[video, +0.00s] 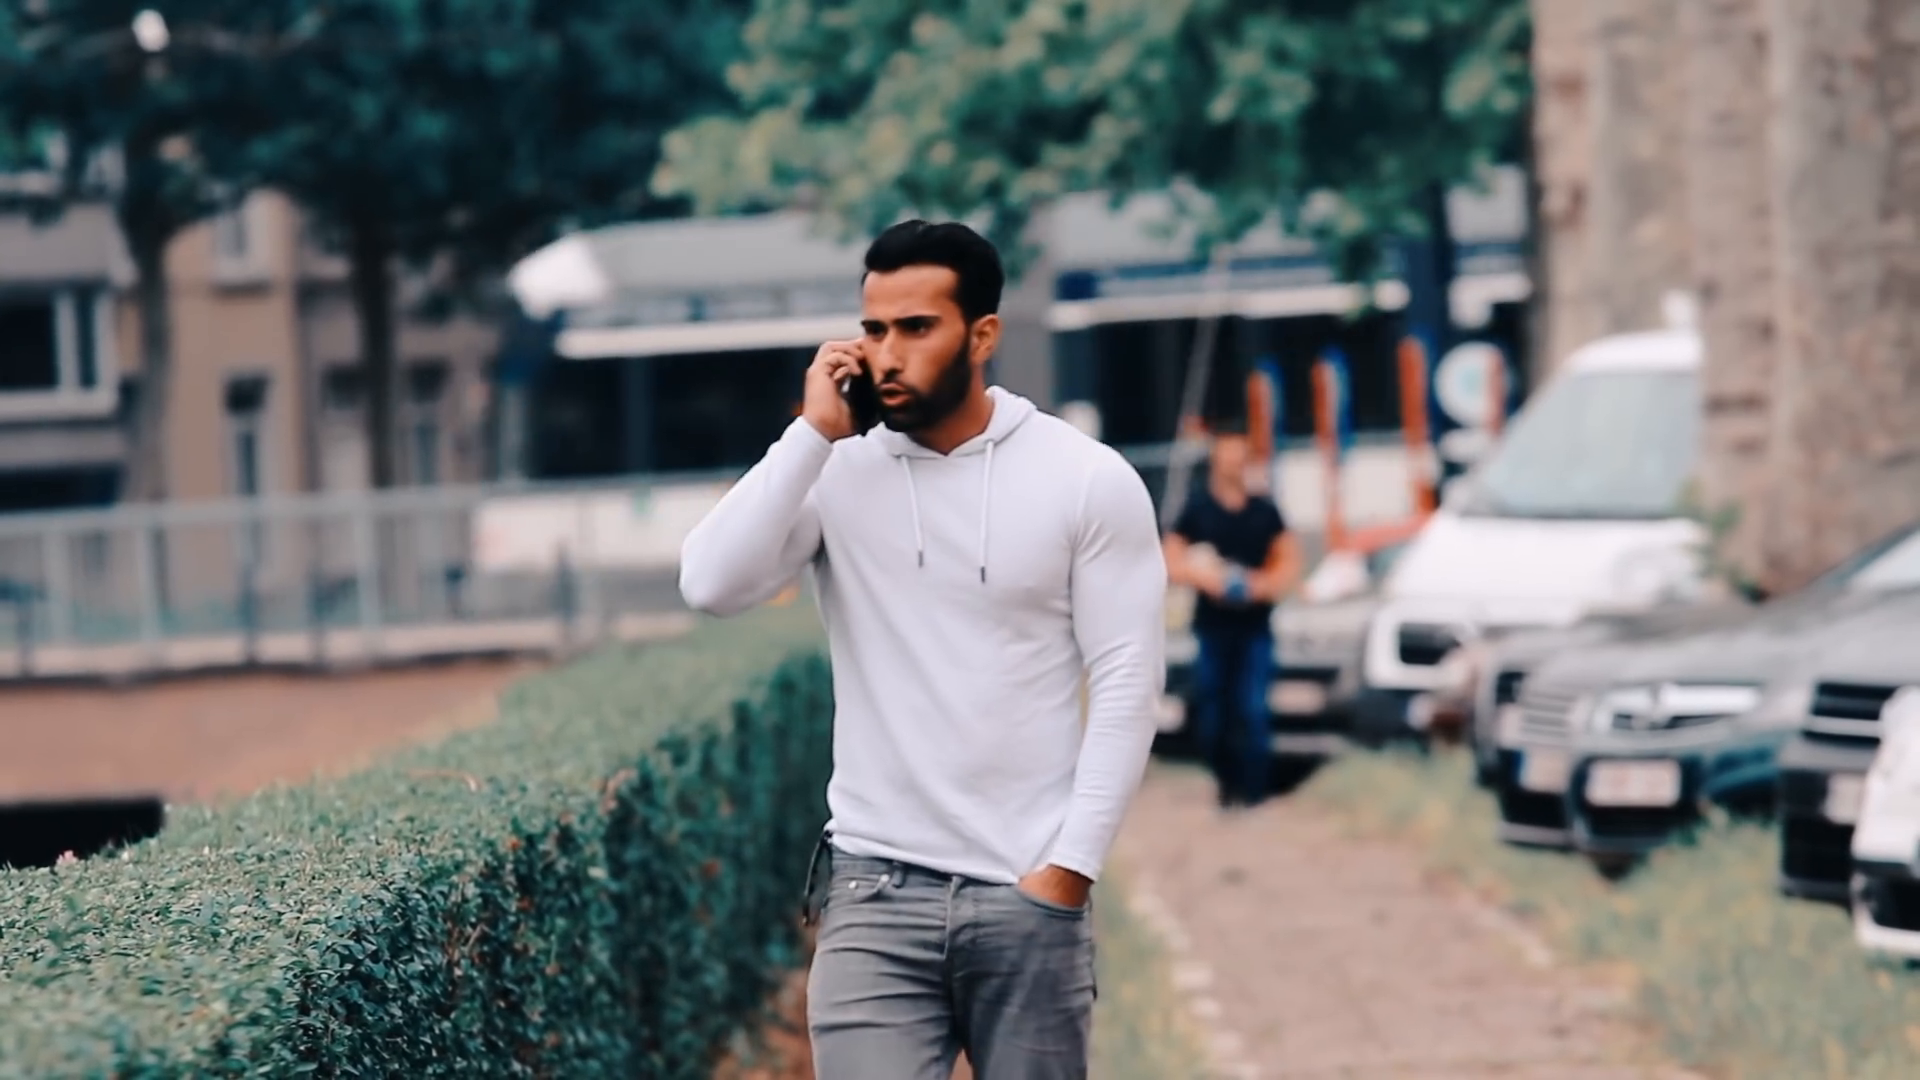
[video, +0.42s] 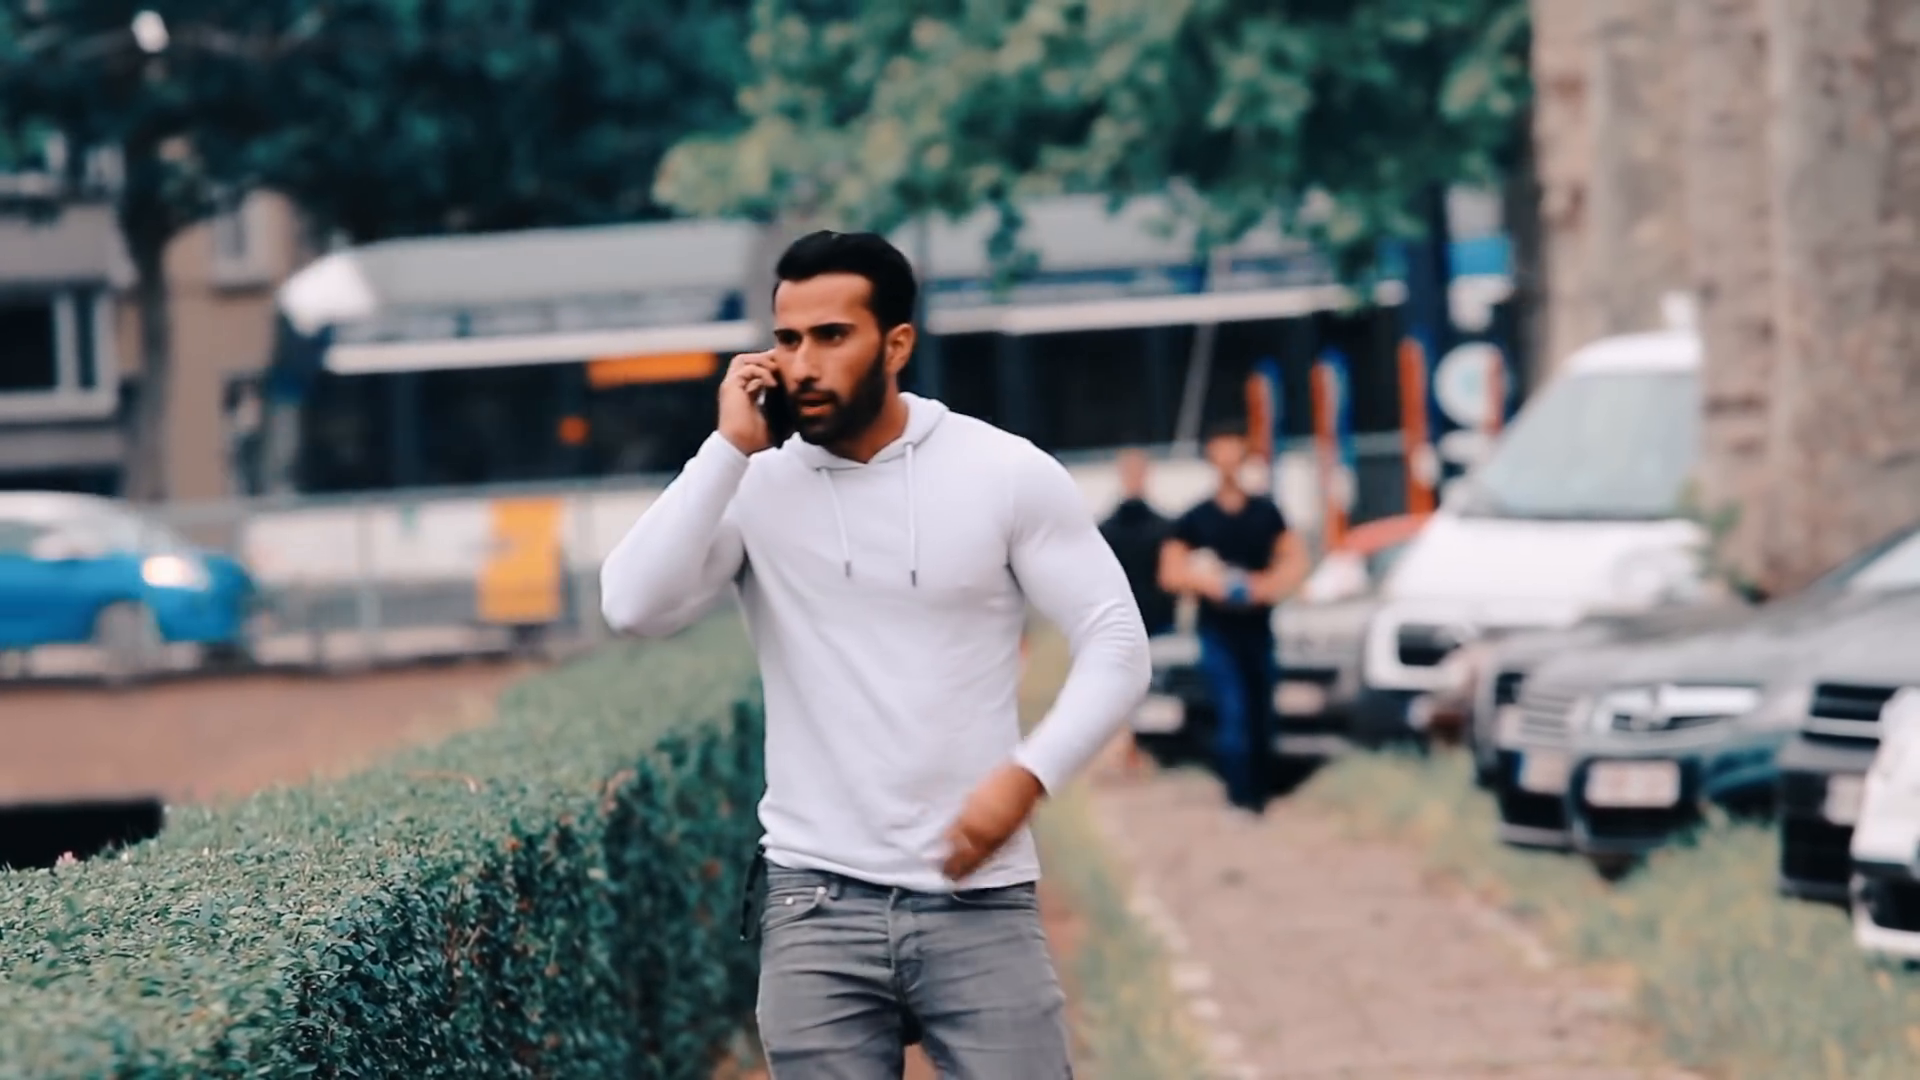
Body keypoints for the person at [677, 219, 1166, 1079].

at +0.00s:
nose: (888, 356)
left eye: (916, 329)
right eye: (875, 330)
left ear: (984, 334)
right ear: (857, 332)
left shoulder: (1088, 481)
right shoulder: (830, 470)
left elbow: (1127, 687)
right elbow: (709, 585)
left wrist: (1068, 869)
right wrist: (813, 433)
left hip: (1026, 905)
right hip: (871, 895)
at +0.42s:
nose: (801, 365)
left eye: (830, 336)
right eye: (787, 339)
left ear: (897, 346)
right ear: (770, 350)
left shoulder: (1008, 475)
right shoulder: (752, 487)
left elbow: (1118, 647)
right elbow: (630, 605)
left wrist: (1026, 778)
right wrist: (729, 448)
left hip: (979, 909)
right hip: (815, 909)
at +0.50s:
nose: (792, 369)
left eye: (822, 339)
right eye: (777, 342)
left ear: (888, 346)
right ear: (760, 351)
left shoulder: (996, 472)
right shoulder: (741, 487)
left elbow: (1106, 643)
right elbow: (623, 608)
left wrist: (994, 724)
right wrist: (722, 452)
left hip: (975, 900)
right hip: (808, 904)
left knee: (1024, 1065)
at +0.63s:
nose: (792, 370)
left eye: (822, 341)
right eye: (778, 344)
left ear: (888, 346)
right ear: (761, 351)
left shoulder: (994, 469)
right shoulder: (742, 486)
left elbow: (1085, 644)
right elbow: (624, 609)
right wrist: (721, 452)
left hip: (973, 897)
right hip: (804, 901)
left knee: (1018, 1064)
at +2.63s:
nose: (799, 371)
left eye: (827, 342)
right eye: (785, 346)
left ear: (895, 346)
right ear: (769, 352)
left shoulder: (1011, 448)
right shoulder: (763, 485)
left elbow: (1038, 592)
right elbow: (651, 627)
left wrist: (871, 532)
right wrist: (732, 468)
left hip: (1000, 893)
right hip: (830, 899)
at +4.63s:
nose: (792, 375)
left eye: (820, 346)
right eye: (778, 350)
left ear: (889, 349)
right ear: (763, 357)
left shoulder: (1008, 457)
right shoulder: (761, 483)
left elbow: (1013, 607)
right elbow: (646, 631)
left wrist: (840, 558)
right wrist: (724, 472)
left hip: (991, 896)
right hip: (823, 902)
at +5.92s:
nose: (781, 372)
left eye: (810, 342)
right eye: (768, 347)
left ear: (880, 345)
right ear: (754, 355)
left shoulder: (999, 457)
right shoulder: (754, 489)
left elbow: (1002, 616)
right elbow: (639, 632)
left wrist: (840, 638)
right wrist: (718, 467)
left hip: (984, 900)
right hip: (815, 906)